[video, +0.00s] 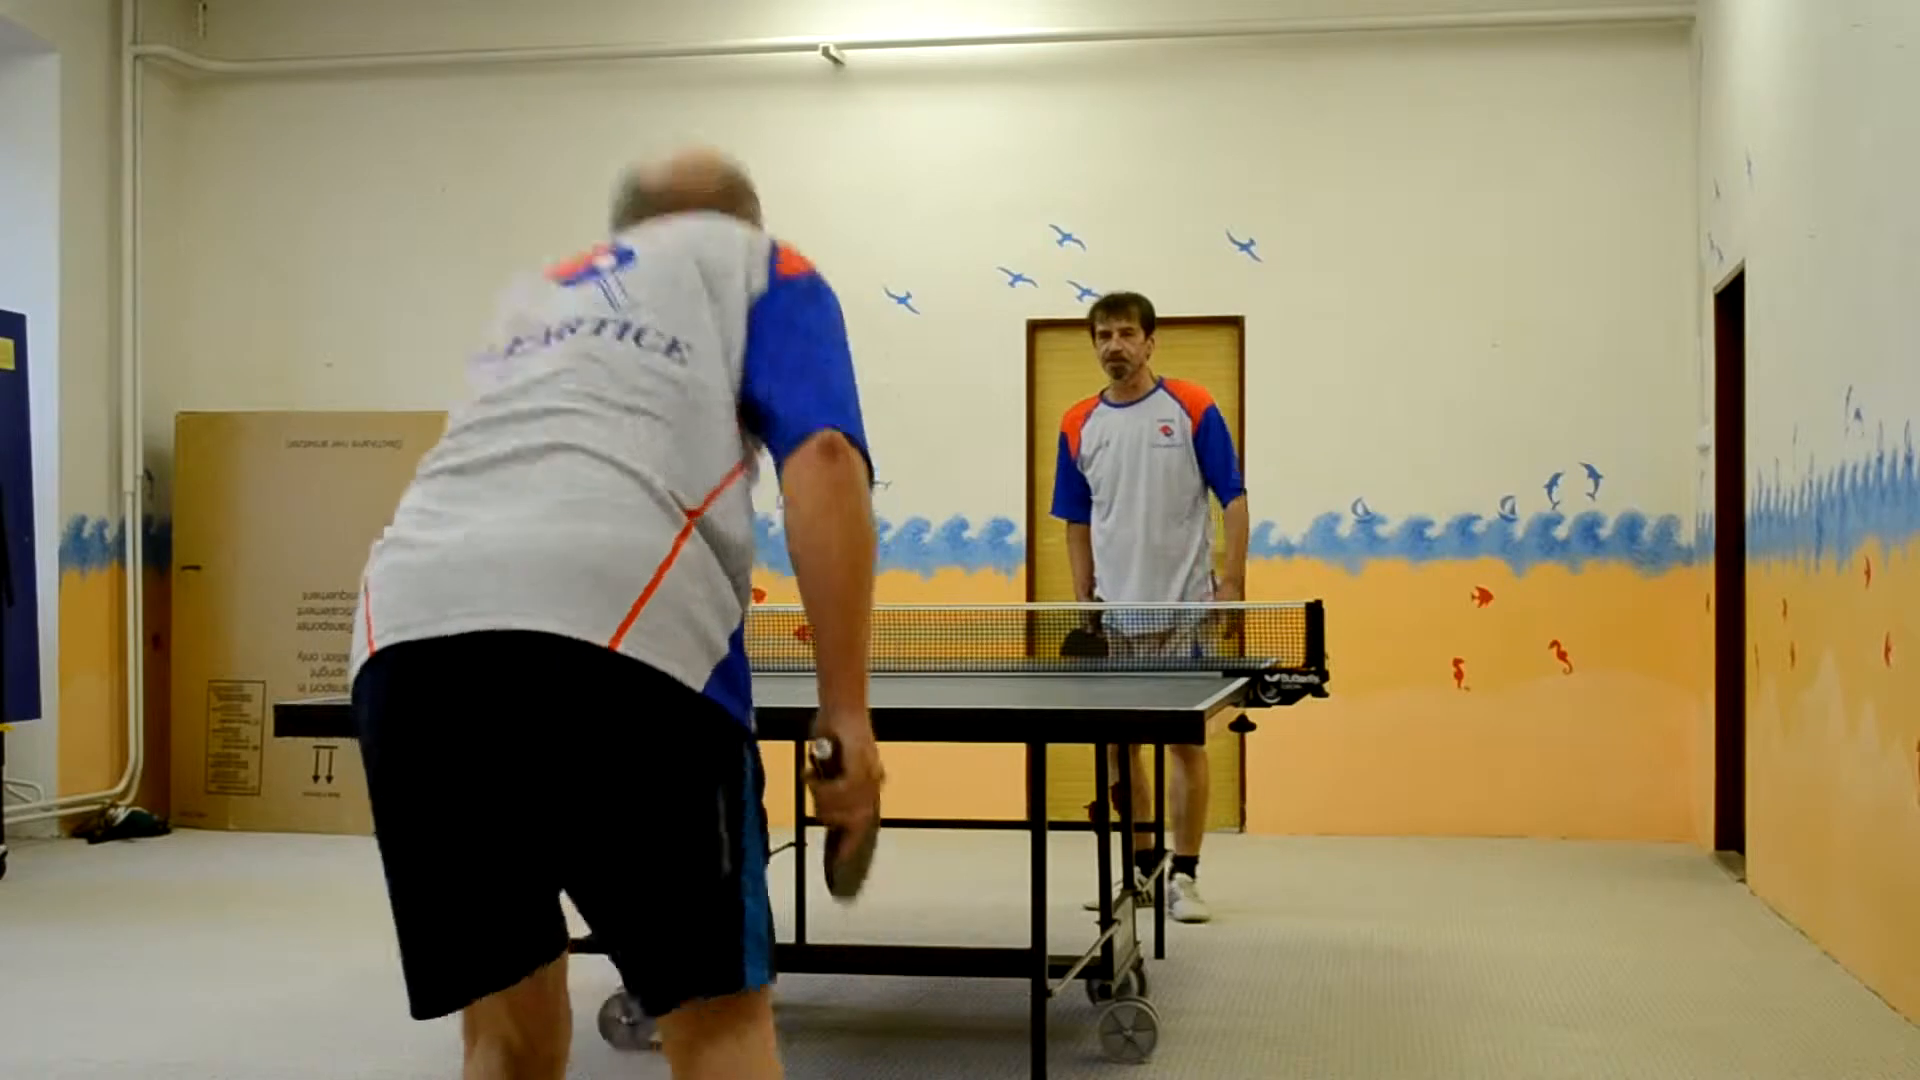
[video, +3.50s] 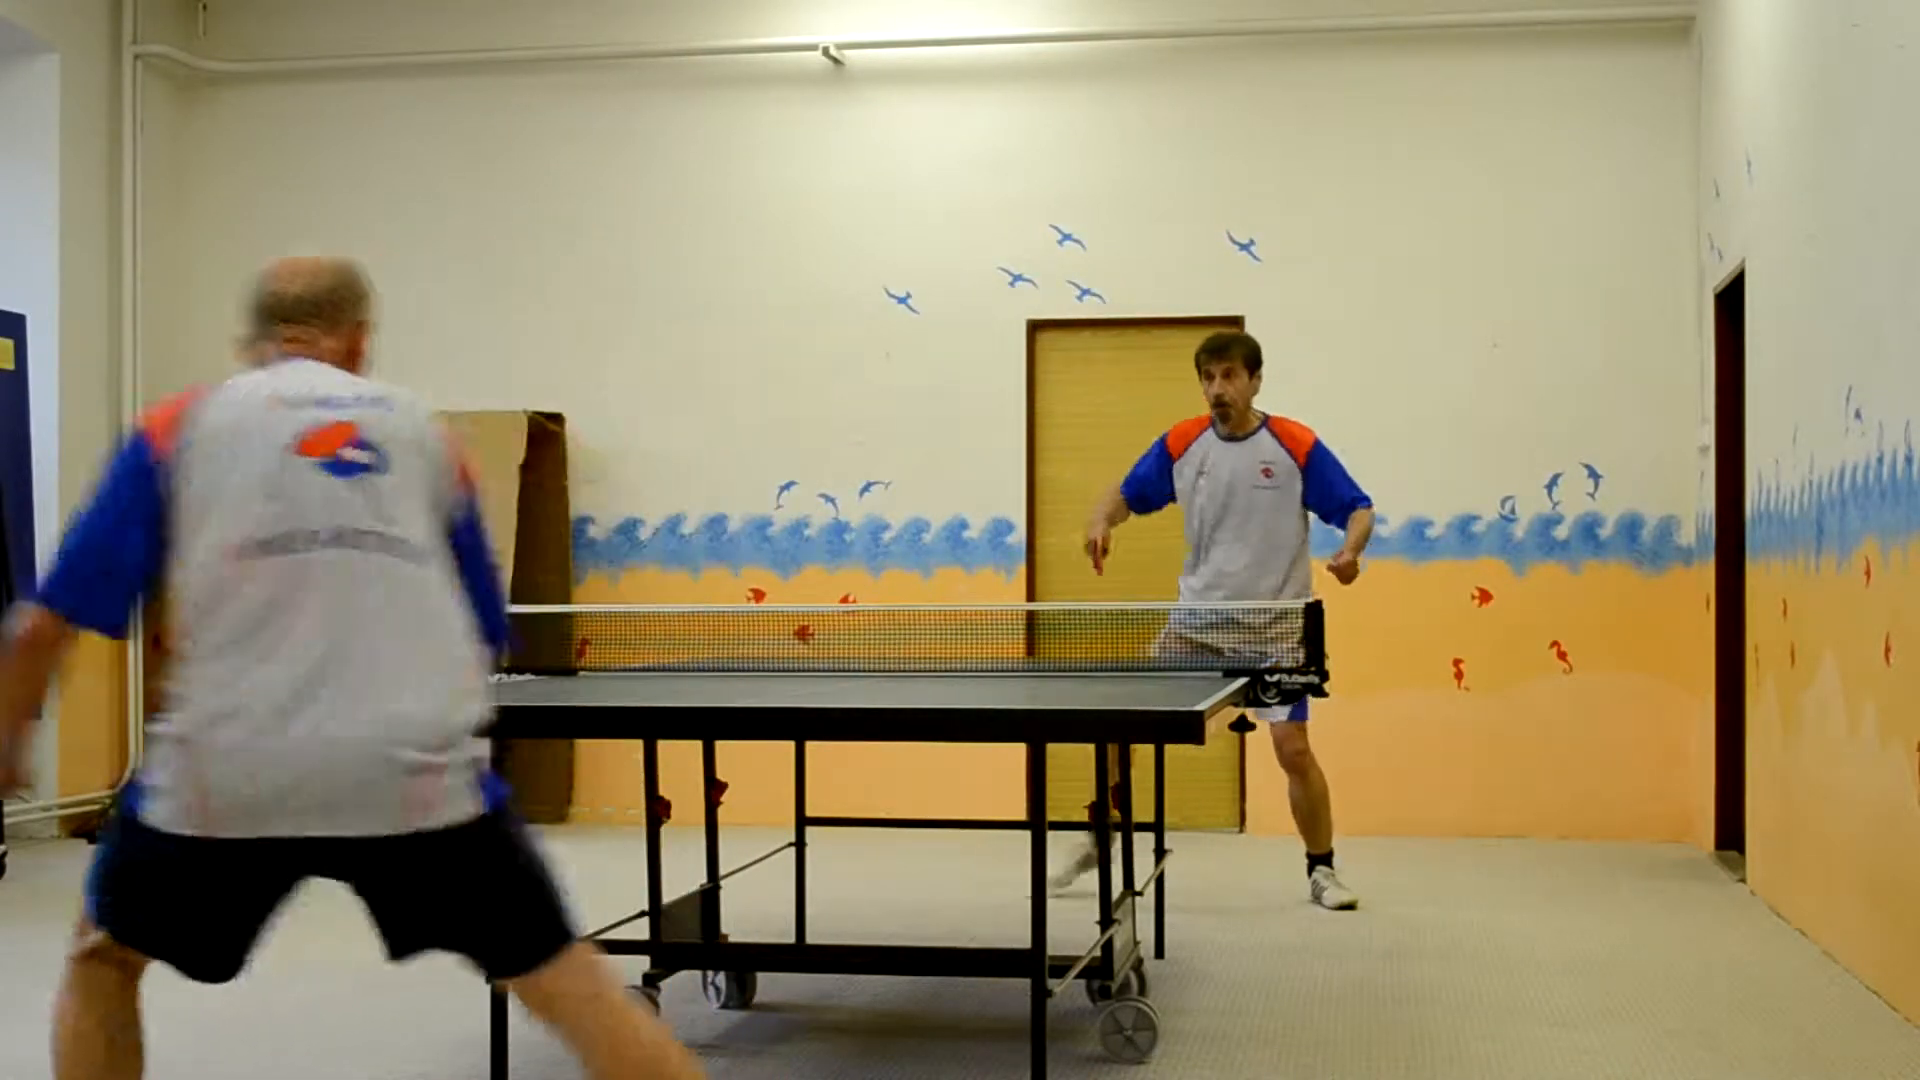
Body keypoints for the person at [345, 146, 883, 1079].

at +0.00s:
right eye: (751, 222)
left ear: (624, 226)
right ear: (750, 225)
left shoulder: (538, 291)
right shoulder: (764, 265)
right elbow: (824, 457)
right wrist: (843, 712)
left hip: (411, 648)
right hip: (615, 650)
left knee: (506, 1026)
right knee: (717, 1020)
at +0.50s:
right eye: (684, 108)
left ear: (548, 110)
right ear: (682, 107)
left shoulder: (444, 218)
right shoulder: (714, 236)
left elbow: (384, 461)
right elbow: (782, 492)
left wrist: (473, 589)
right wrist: (796, 676)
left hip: (415, 671)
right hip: (607, 674)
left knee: (412, 998)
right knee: (631, 999)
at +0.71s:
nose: (624, 148)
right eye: (630, 133)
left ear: (498, 132)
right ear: (620, 134)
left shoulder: (396, 243)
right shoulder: (665, 255)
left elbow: (296, 465)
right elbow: (740, 492)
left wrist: (335, 629)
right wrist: (746, 658)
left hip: (373, 667)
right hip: (566, 682)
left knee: (300, 970)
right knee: (604, 1005)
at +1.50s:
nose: (619, 288)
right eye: (619, 276)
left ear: (501, 274)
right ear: (609, 282)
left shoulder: (400, 355)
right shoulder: (641, 383)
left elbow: (288, 517)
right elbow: (743, 590)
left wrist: (310, 671)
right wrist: (764, 644)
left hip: (337, 712)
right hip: (522, 728)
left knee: (223, 965)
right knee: (660, 960)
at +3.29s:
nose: (600, 328)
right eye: (596, 313)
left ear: (482, 312)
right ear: (586, 319)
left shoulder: (383, 388)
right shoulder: (621, 416)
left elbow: (254, 536)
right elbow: (686, 627)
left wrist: (276, 701)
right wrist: (655, 686)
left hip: (331, 728)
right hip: (517, 734)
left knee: (203, 963)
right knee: (683, 961)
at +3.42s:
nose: (464, 348)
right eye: (467, 335)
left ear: (357, 337)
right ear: (462, 342)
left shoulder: (282, 424)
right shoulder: (532, 440)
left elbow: (144, 602)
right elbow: (587, 651)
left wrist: (136, 774)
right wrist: (492, 724)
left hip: (302, 772)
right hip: (490, 772)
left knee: (154, 963)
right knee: (647, 978)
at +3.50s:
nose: (363, 355)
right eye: (366, 340)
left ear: (245, 340)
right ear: (359, 342)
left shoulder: (176, 430)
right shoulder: (427, 440)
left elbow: (41, 626)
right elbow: (486, 635)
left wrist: (14, 742)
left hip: (224, 782)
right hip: (417, 780)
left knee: (105, 965)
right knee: (582, 993)